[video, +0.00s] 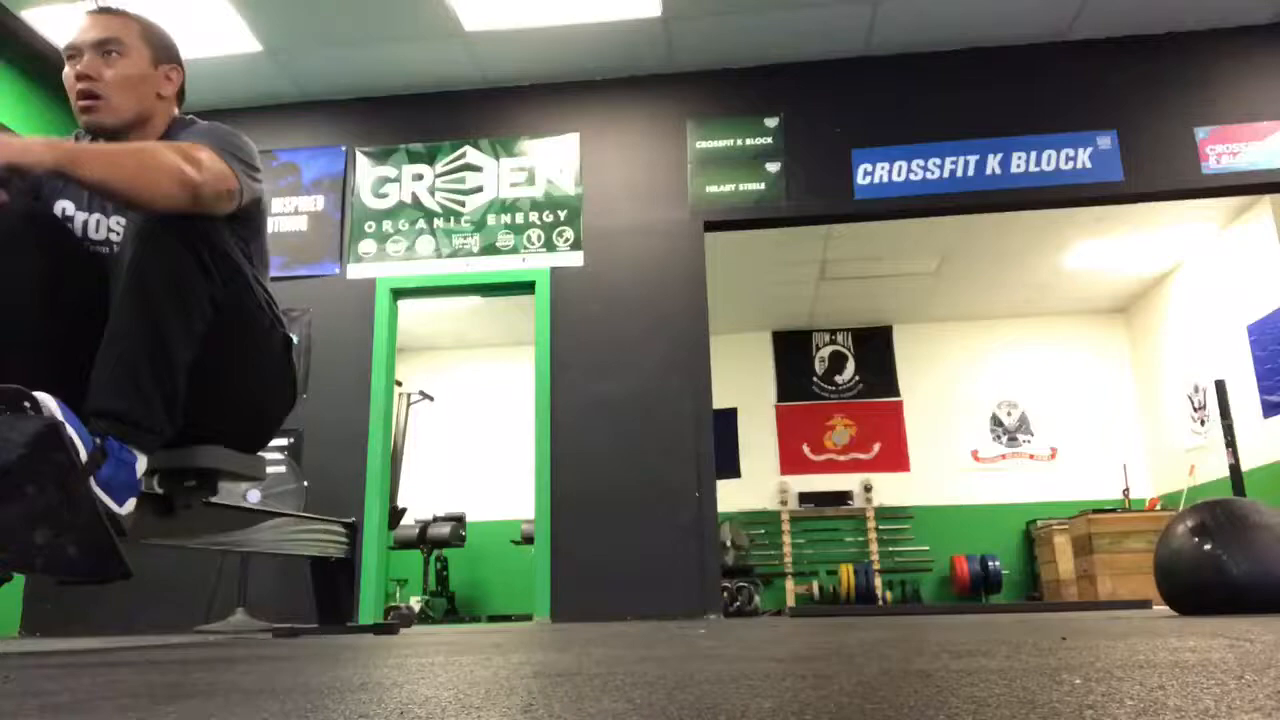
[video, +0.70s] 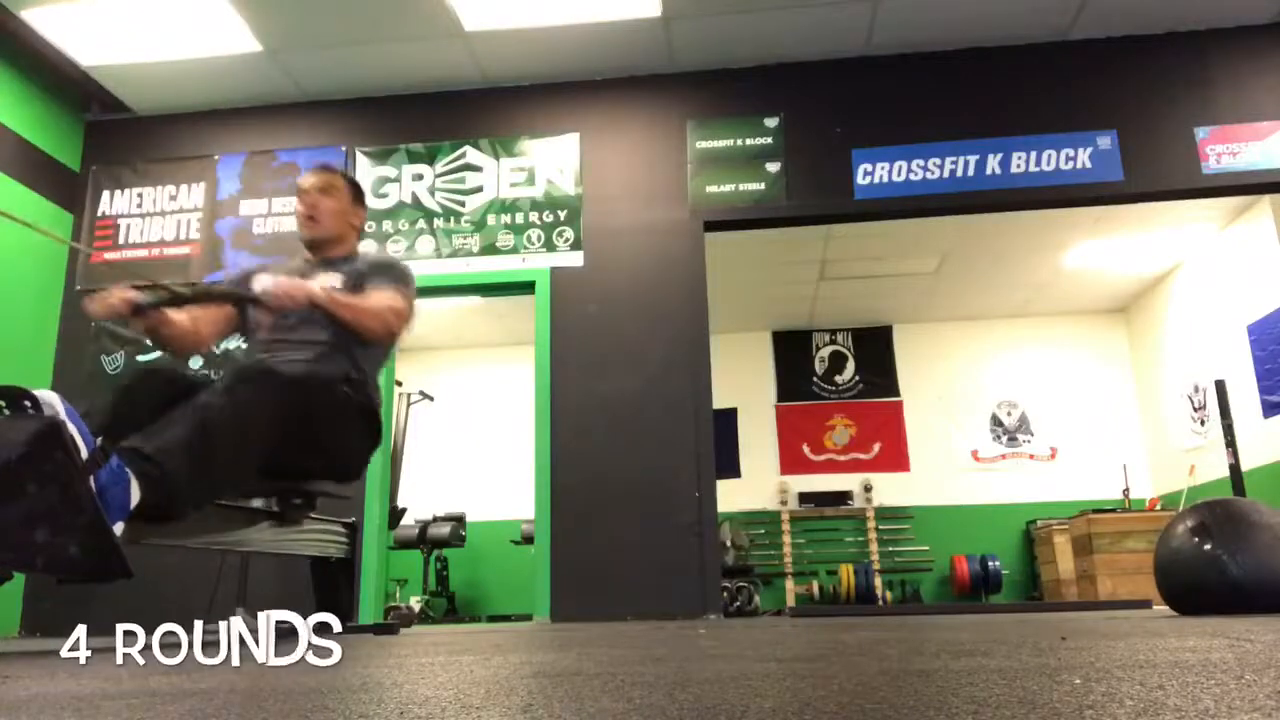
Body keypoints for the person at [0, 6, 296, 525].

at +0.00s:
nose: (81, 69)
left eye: (108, 53)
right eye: (72, 59)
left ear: (168, 81)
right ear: (62, 82)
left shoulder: (218, 142)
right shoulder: (51, 167)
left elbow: (199, 182)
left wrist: (40, 153)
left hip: (228, 390)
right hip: (97, 380)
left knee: (174, 219)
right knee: (19, 223)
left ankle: (120, 447)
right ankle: (21, 432)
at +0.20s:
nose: (119, 74)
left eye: (144, 59)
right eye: (112, 64)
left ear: (198, 89)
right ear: (101, 88)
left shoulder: (243, 153)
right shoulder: (80, 172)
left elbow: (218, 191)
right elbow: (14, 203)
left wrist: (64, 146)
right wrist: (12, 184)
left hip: (236, 392)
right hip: (110, 383)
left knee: (170, 225)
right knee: (29, 235)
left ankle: (121, 449)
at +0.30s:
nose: (164, 92)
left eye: (188, 79)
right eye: (159, 82)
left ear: (236, 109)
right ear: (150, 103)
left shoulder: (274, 176)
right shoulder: (126, 184)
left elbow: (254, 220)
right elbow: (19, 227)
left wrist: (131, 180)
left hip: (252, 398)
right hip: (138, 391)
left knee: (180, 242)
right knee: (55, 251)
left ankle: (116, 457)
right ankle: (17, 443)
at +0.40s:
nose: (211, 116)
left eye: (235, 106)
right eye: (203, 108)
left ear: (276, 137)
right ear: (192, 131)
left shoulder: (310, 201)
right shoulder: (170, 206)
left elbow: (280, 237)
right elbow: (72, 245)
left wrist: (182, 201)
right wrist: (2, 232)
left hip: (274, 403)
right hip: (173, 401)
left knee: (200, 279)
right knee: (81, 278)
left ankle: (110, 465)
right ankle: (12, 442)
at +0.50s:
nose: (249, 143)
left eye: (270, 133)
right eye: (243, 135)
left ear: (307, 163)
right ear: (234, 154)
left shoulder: (332, 220)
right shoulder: (219, 227)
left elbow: (321, 259)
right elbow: (130, 267)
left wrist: (233, 230)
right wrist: (44, 258)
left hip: (302, 412)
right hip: (208, 409)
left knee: (228, 316)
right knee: (111, 312)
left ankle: (116, 478)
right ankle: (25, 447)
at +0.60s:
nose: (281, 173)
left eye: (301, 163)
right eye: (275, 167)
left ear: (336, 190)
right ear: (269, 186)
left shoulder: (361, 248)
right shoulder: (249, 254)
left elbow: (361, 287)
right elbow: (159, 299)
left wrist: (275, 261)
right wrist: (97, 288)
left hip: (327, 415)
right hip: (239, 409)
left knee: (246, 355)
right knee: (130, 350)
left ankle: (116, 488)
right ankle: (40, 457)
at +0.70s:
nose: (307, 204)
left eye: (322, 193)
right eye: (301, 196)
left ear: (357, 215)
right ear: (296, 211)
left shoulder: (381, 272)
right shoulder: (268, 281)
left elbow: (386, 323)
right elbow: (195, 332)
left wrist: (315, 296)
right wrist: (146, 315)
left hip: (337, 420)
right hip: (257, 414)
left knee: (253, 389)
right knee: (155, 382)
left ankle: (126, 486)